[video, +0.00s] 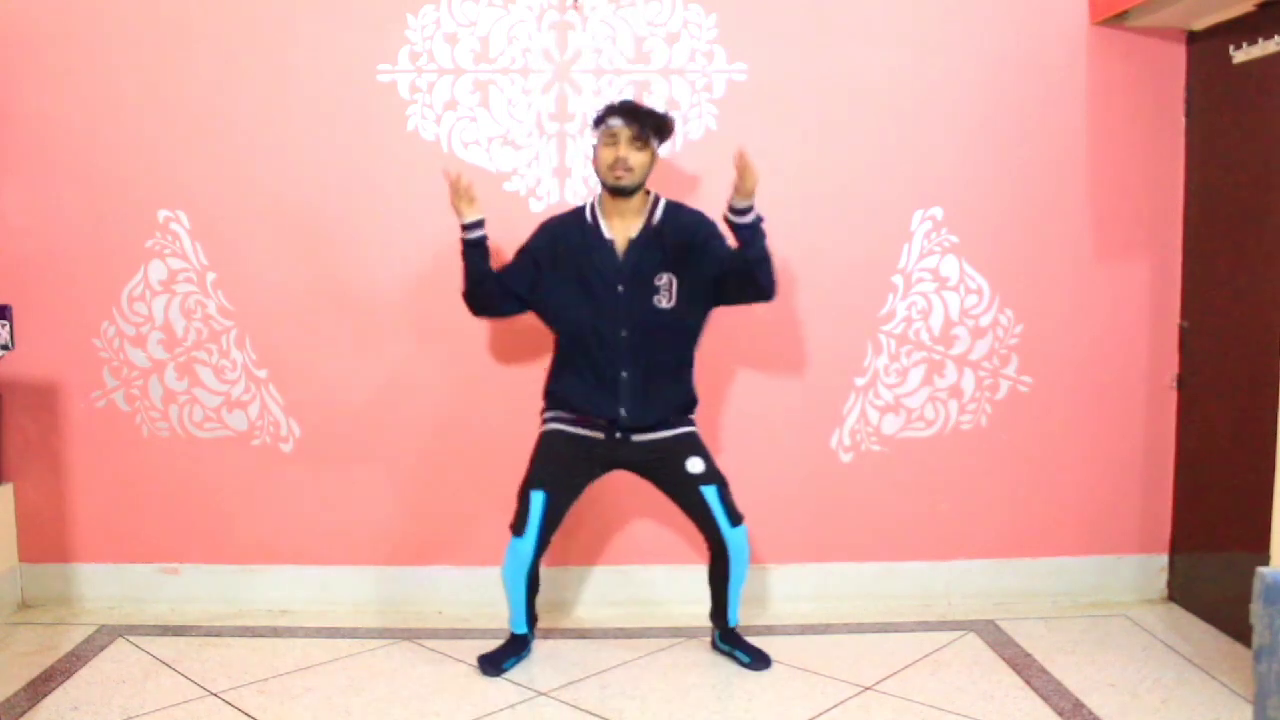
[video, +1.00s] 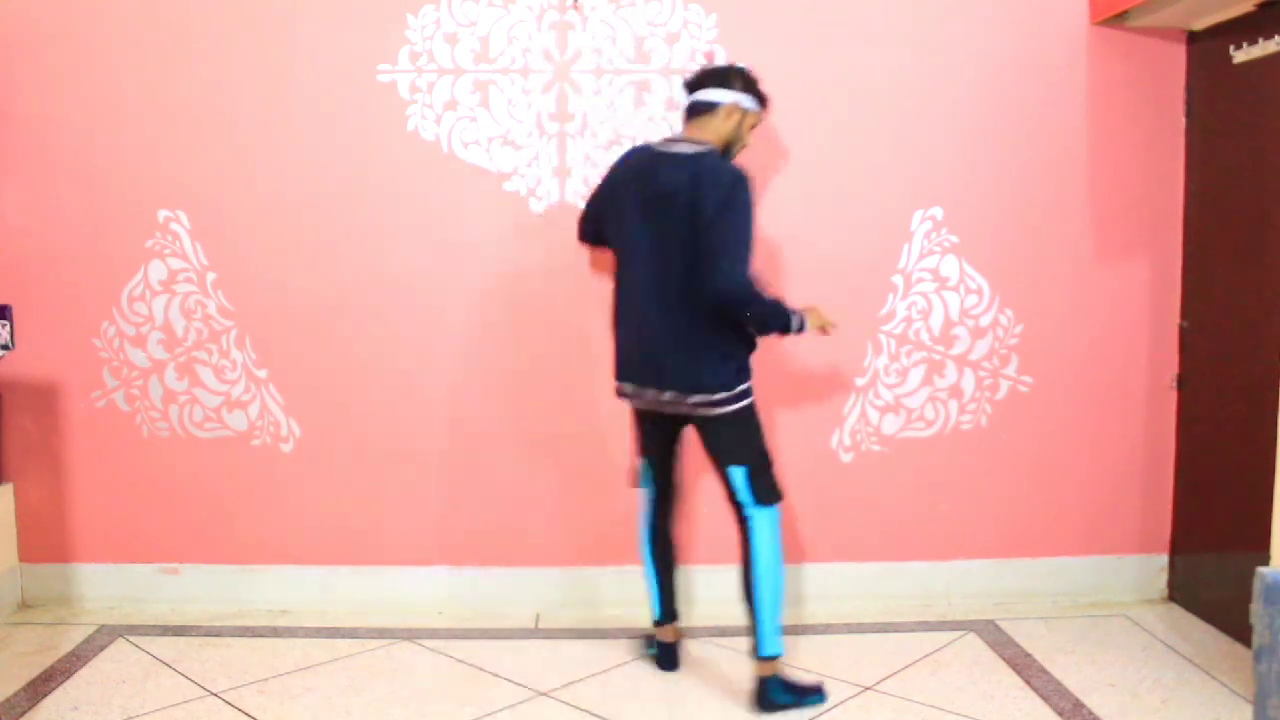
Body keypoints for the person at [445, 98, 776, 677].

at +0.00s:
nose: (621, 156)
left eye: (636, 144)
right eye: (609, 143)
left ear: (655, 156)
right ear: (594, 153)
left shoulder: (689, 232)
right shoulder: (560, 237)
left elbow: (757, 286)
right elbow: (486, 301)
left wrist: (744, 216)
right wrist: (471, 225)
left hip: (664, 426)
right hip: (575, 424)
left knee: (730, 534)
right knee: (526, 536)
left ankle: (727, 632)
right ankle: (519, 635)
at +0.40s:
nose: (613, 134)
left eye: (626, 125)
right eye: (603, 120)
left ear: (638, 136)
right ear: (580, 123)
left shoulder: (650, 200)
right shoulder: (538, 206)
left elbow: (710, 252)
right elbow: (523, 293)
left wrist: (752, 232)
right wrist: (467, 294)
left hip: (641, 394)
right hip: (559, 399)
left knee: (725, 495)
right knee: (504, 512)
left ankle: (702, 612)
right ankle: (485, 623)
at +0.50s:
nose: (611, 164)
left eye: (622, 156)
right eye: (600, 149)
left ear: (627, 166)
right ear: (569, 149)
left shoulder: (642, 232)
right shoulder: (534, 234)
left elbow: (713, 276)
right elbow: (554, 336)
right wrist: (528, 334)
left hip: (640, 421)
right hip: (553, 424)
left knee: (732, 504)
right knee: (490, 526)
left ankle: (677, 634)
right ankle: (483, 626)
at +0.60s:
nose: (643, 166)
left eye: (650, 154)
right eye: (632, 151)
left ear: (656, 160)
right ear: (599, 151)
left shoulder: (668, 230)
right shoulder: (552, 234)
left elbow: (719, 300)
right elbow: (534, 332)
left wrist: (753, 344)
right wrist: (531, 320)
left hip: (651, 424)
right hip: (567, 430)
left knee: (741, 512)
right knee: (504, 534)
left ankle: (676, 639)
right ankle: (482, 623)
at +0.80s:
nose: (699, 168)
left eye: (703, 156)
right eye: (696, 153)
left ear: (667, 150)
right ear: (660, 144)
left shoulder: (661, 212)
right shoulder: (620, 215)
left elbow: (684, 309)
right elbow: (620, 327)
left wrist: (718, 394)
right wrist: (656, 321)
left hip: (705, 407)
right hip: (667, 412)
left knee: (756, 513)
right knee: (653, 544)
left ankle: (680, 639)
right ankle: (566, 682)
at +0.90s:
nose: (725, 158)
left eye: (729, 146)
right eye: (725, 143)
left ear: (673, 130)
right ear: (698, 132)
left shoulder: (615, 192)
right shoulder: (673, 206)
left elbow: (600, 272)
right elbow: (681, 320)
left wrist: (666, 299)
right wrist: (761, 333)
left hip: (655, 391)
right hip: (692, 394)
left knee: (716, 510)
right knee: (732, 521)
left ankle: (685, 639)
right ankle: (707, 689)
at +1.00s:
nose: (749, 136)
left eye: (752, 124)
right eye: (750, 123)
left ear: (692, 110)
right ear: (731, 115)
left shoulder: (634, 164)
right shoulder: (723, 181)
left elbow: (594, 227)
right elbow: (725, 287)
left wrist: (657, 239)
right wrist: (793, 319)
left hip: (644, 377)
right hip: (713, 381)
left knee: (655, 495)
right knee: (759, 508)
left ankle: (665, 638)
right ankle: (769, 675)